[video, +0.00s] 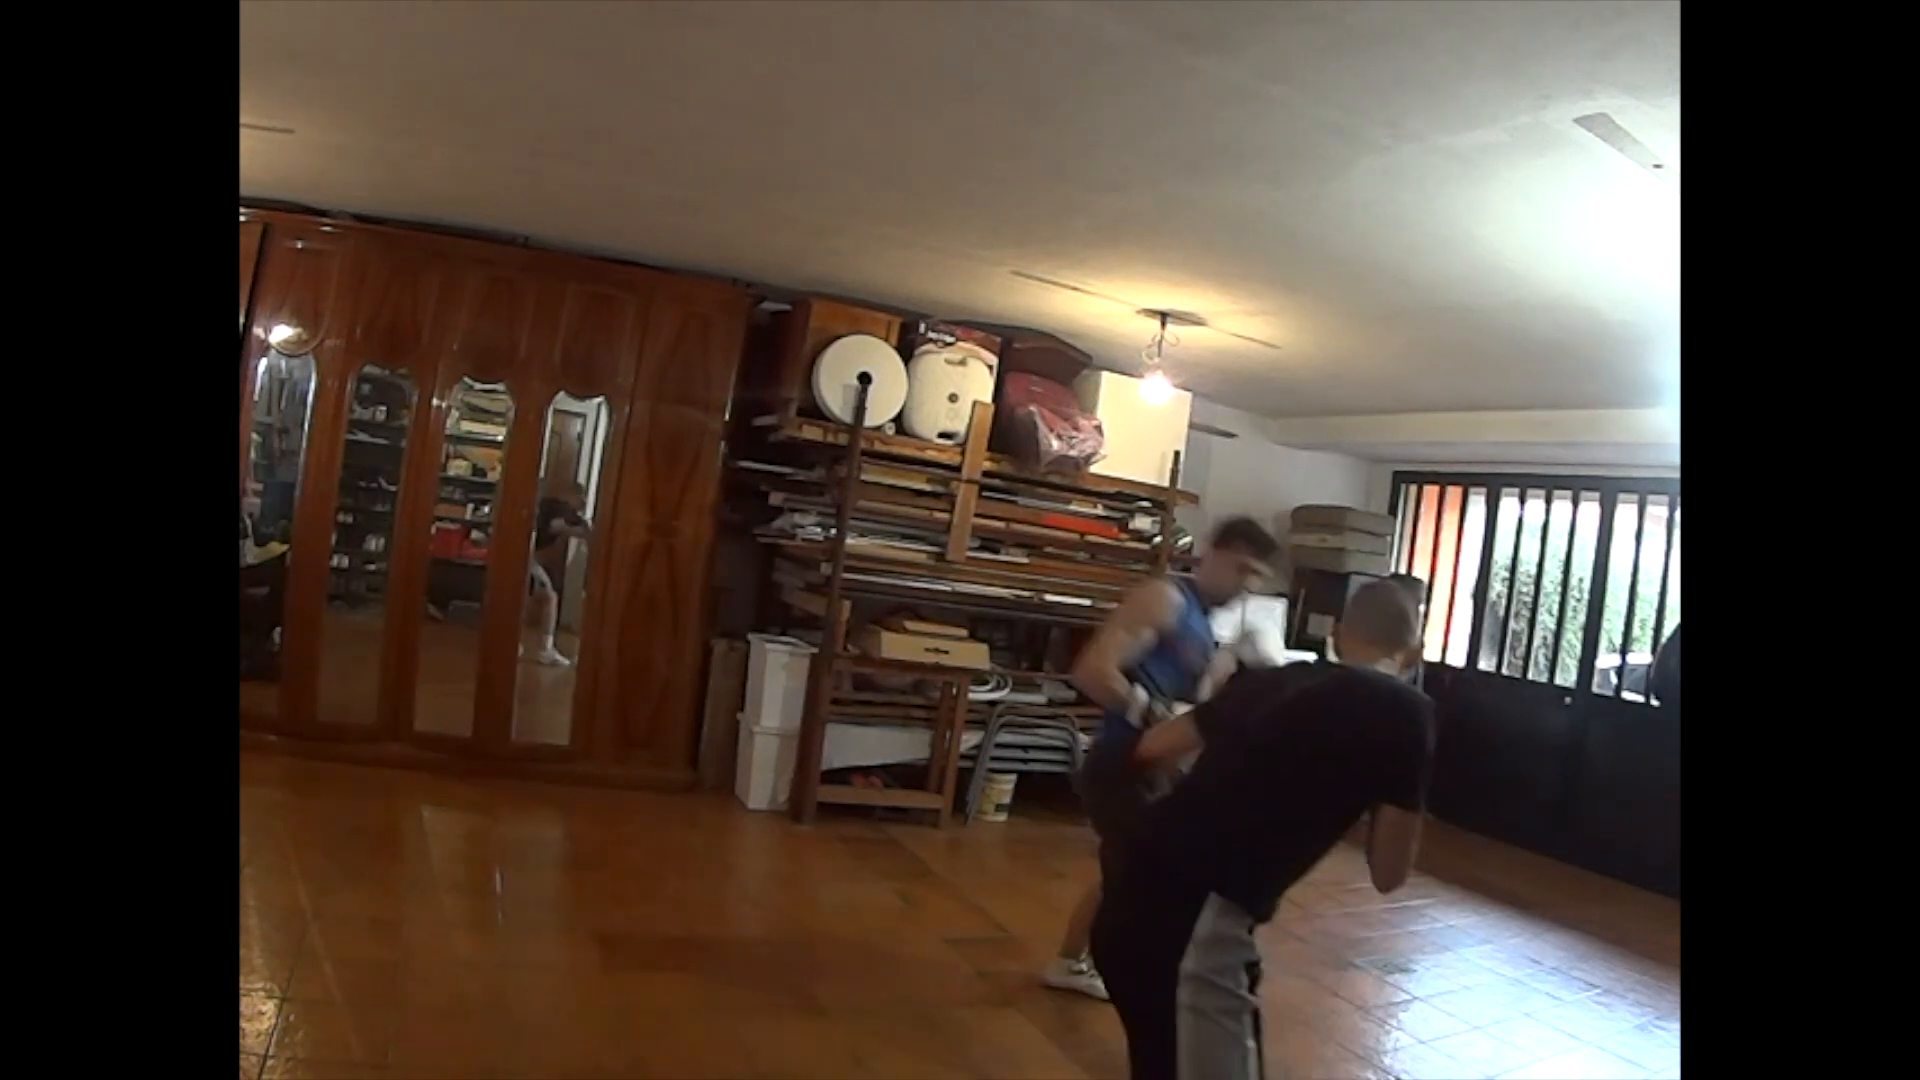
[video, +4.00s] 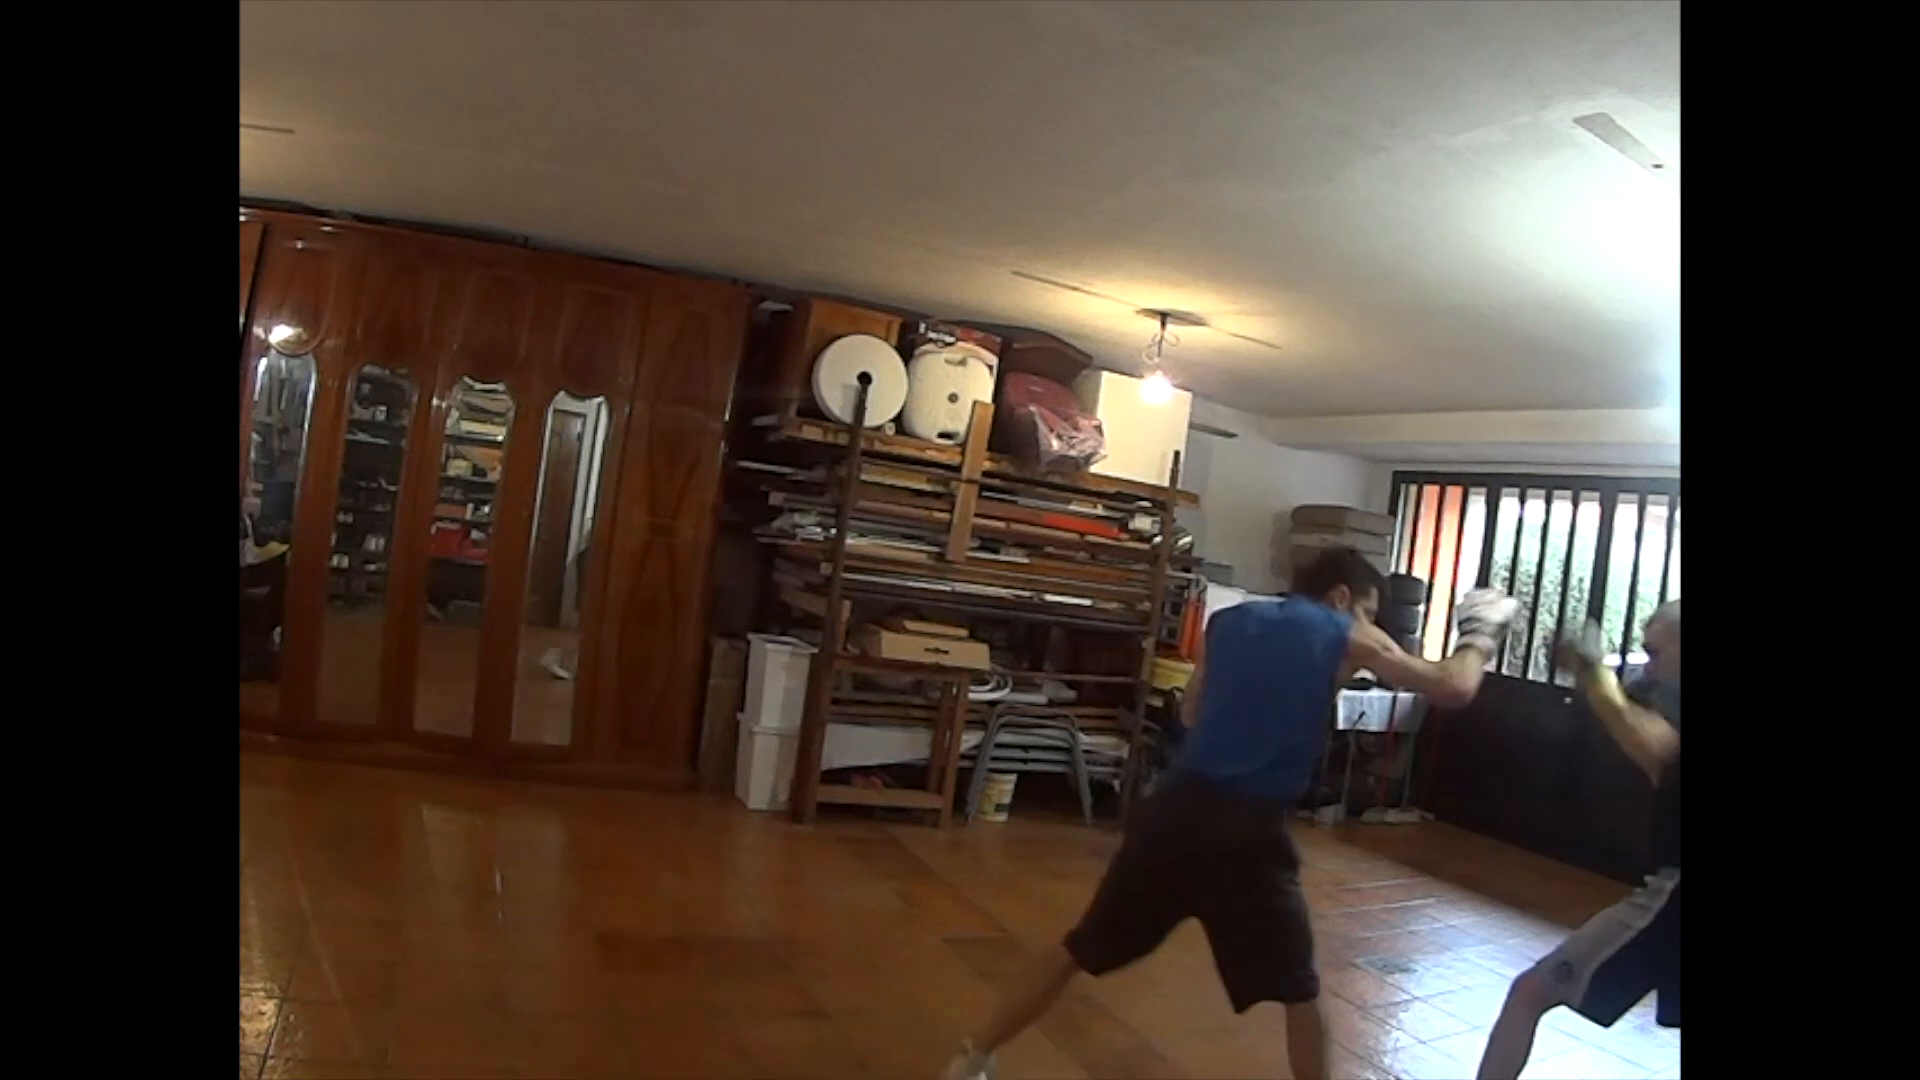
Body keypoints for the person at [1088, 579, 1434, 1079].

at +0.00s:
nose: (1417, 660)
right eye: (1418, 649)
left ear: (1338, 634)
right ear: (1412, 650)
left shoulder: (1272, 679)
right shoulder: (1404, 711)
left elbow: (1152, 746)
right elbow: (1389, 874)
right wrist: (1377, 793)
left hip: (1128, 907)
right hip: (1200, 938)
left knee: (1158, 1068)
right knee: (1215, 1069)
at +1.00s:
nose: (1199, 522)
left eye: (1199, 511)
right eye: (1202, 511)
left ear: (1209, 510)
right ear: (1276, 508)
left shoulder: (1166, 595)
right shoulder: (1335, 594)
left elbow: (1093, 717)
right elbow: (1330, 731)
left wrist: (1144, 680)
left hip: (1166, 851)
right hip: (1264, 861)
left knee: (1113, 1040)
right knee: (1250, 1062)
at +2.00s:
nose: (1385, 584)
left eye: (1386, 567)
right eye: (1383, 569)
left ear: (1417, 555)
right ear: (1445, 553)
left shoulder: (1404, 629)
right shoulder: (1528, 618)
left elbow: (1360, 738)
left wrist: (1320, 677)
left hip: (1437, 845)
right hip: (1521, 844)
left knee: (1343, 993)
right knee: (1539, 1019)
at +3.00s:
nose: (1582, 631)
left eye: (1586, 616)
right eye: (1579, 618)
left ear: (1625, 610)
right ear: (1636, 612)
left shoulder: (1615, 672)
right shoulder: (1671, 672)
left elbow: (1600, 762)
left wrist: (1510, 739)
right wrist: (1585, 677)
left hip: (1608, 864)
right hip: (1665, 870)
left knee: (1482, 995)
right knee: (1649, 1016)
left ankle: (1415, 1078)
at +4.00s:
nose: (1647, 661)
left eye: (1655, 650)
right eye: (1648, 650)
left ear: (1681, 650)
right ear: (1662, 649)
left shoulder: (1670, 696)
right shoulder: (1663, 695)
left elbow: (1652, 748)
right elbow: (1653, 755)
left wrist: (1594, 676)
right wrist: (1591, 678)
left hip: (1669, 889)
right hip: (1665, 887)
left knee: (1531, 992)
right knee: (1529, 993)